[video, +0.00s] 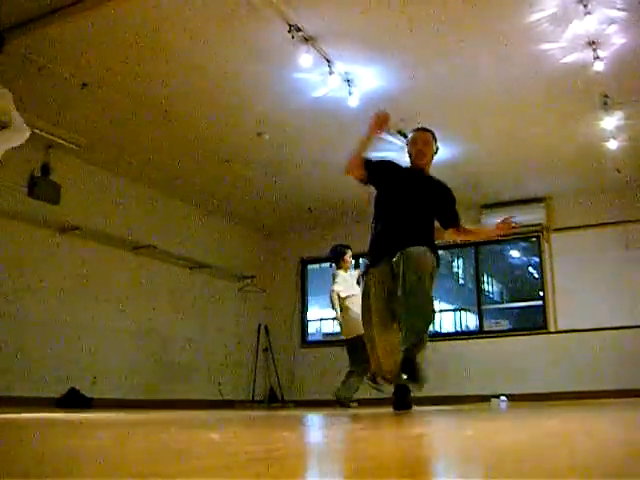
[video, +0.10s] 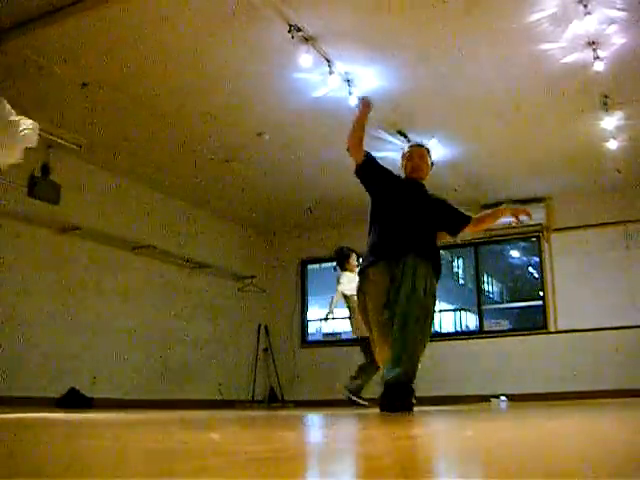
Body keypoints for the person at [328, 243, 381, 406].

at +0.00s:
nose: (351, 260)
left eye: (351, 256)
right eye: (348, 257)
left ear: (348, 259)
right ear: (340, 260)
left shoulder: (349, 275)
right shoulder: (340, 276)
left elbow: (355, 275)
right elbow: (334, 292)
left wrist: (360, 270)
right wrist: (337, 311)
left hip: (354, 325)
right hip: (355, 325)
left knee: (359, 365)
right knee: (362, 364)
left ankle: (346, 394)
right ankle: (345, 393)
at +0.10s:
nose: (356, 263)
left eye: (356, 260)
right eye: (353, 260)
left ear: (352, 262)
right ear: (345, 263)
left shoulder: (354, 277)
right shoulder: (346, 278)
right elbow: (338, 295)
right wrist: (330, 311)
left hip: (367, 323)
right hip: (361, 324)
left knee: (373, 360)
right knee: (373, 359)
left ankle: (355, 388)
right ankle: (354, 388)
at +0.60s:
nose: (366, 269)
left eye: (365, 266)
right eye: (364, 266)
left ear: (349, 269)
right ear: (358, 269)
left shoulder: (340, 287)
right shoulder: (359, 283)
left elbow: (327, 307)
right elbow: (375, 301)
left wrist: (328, 320)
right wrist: (385, 305)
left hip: (334, 330)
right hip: (350, 325)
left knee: (351, 365)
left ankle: (348, 398)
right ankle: (350, 358)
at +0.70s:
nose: (362, 271)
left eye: (362, 268)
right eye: (359, 267)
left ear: (344, 269)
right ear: (353, 268)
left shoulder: (331, 285)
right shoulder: (356, 285)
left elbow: (309, 290)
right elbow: (377, 300)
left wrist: (318, 306)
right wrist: (364, 301)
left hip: (331, 334)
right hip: (349, 332)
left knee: (345, 366)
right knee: (354, 363)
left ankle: (347, 399)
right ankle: (330, 382)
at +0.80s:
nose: (355, 270)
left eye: (355, 267)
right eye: (354, 267)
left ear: (338, 268)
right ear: (348, 268)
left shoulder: (326, 281)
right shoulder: (350, 281)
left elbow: (307, 287)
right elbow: (369, 298)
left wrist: (316, 300)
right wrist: (366, 308)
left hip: (322, 323)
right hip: (337, 323)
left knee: (345, 360)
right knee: (335, 361)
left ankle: (346, 396)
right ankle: (317, 393)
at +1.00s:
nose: (348, 268)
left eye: (347, 264)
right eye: (345, 264)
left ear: (333, 267)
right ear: (338, 266)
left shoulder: (327, 281)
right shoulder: (335, 279)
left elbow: (334, 313)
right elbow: (326, 293)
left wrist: (351, 306)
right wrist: (331, 308)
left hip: (308, 327)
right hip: (313, 326)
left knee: (323, 359)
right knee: (331, 357)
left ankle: (289, 375)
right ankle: (319, 396)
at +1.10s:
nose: (345, 269)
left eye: (344, 265)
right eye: (342, 265)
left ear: (333, 268)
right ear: (334, 267)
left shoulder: (334, 290)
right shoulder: (324, 278)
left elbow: (347, 309)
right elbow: (302, 283)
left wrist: (356, 293)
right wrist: (300, 301)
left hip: (297, 327)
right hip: (309, 326)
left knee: (300, 368)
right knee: (327, 359)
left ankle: (271, 363)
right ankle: (319, 398)